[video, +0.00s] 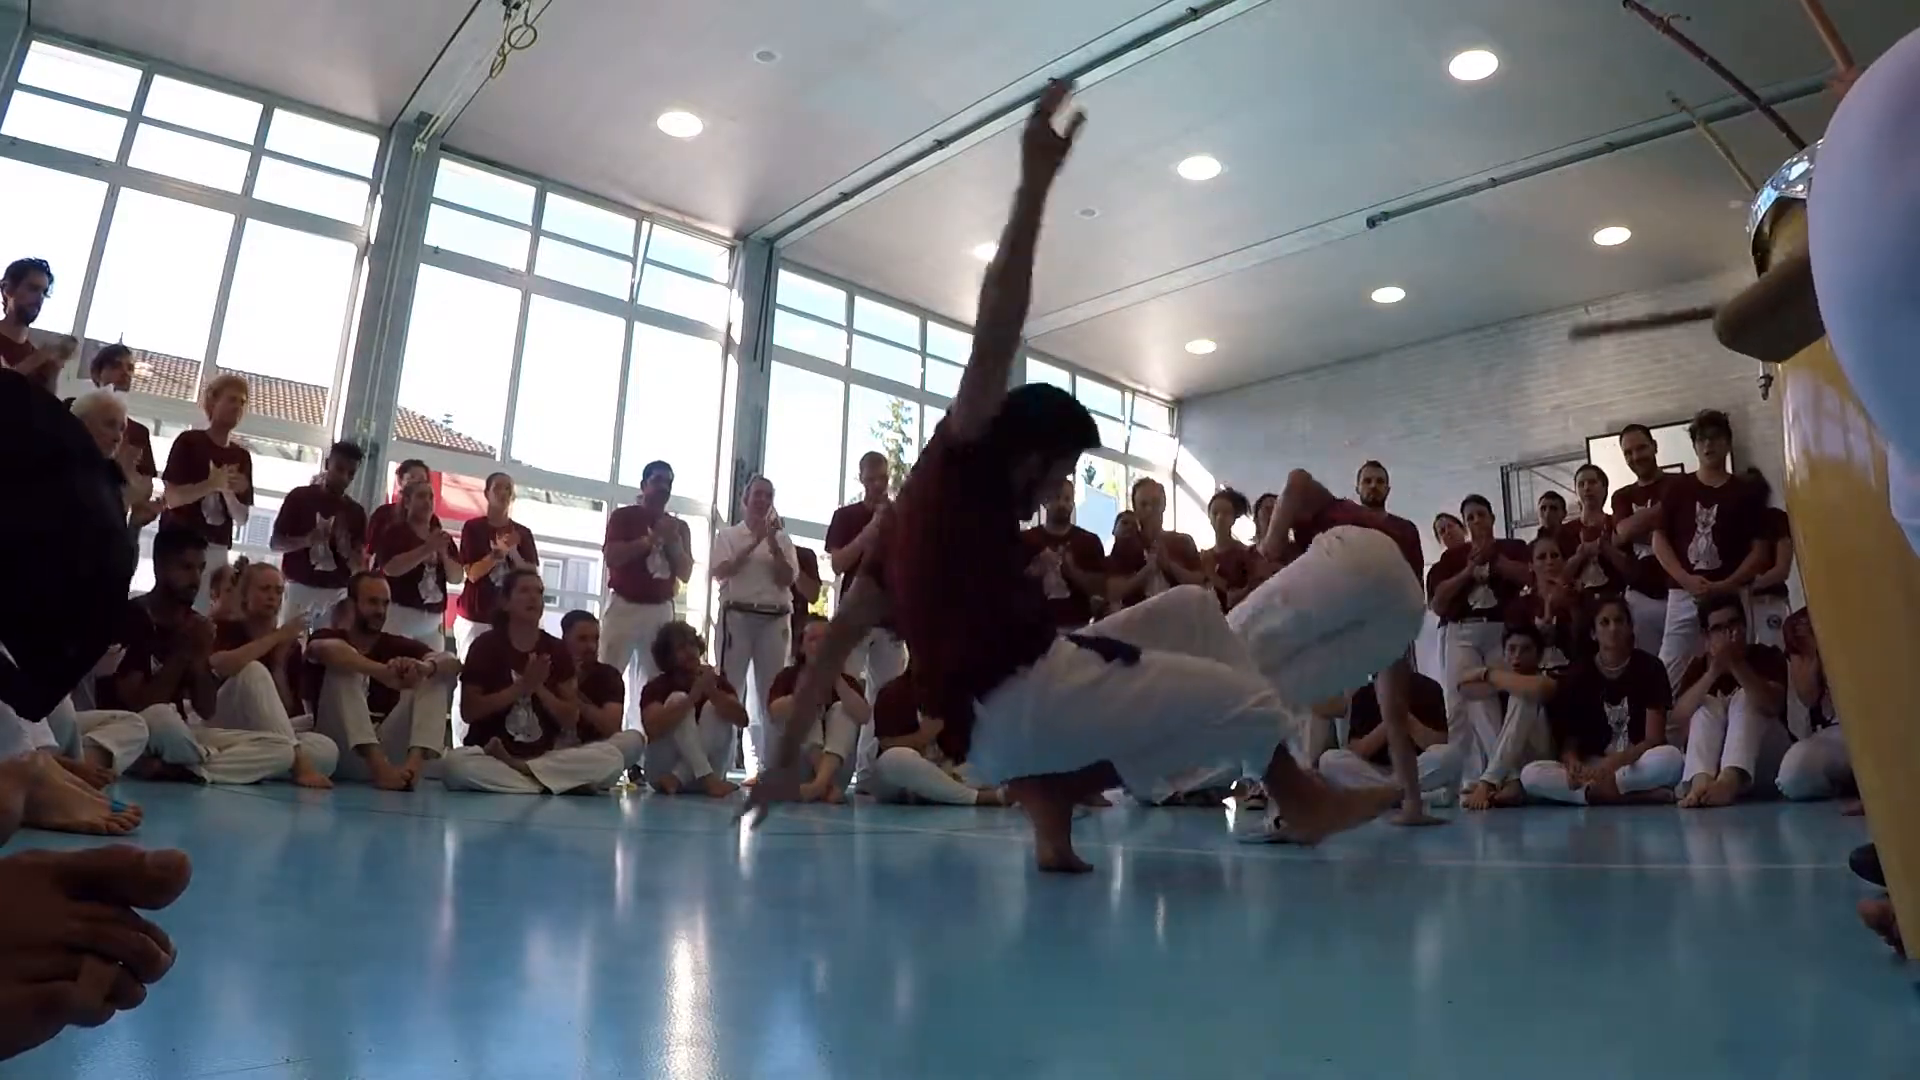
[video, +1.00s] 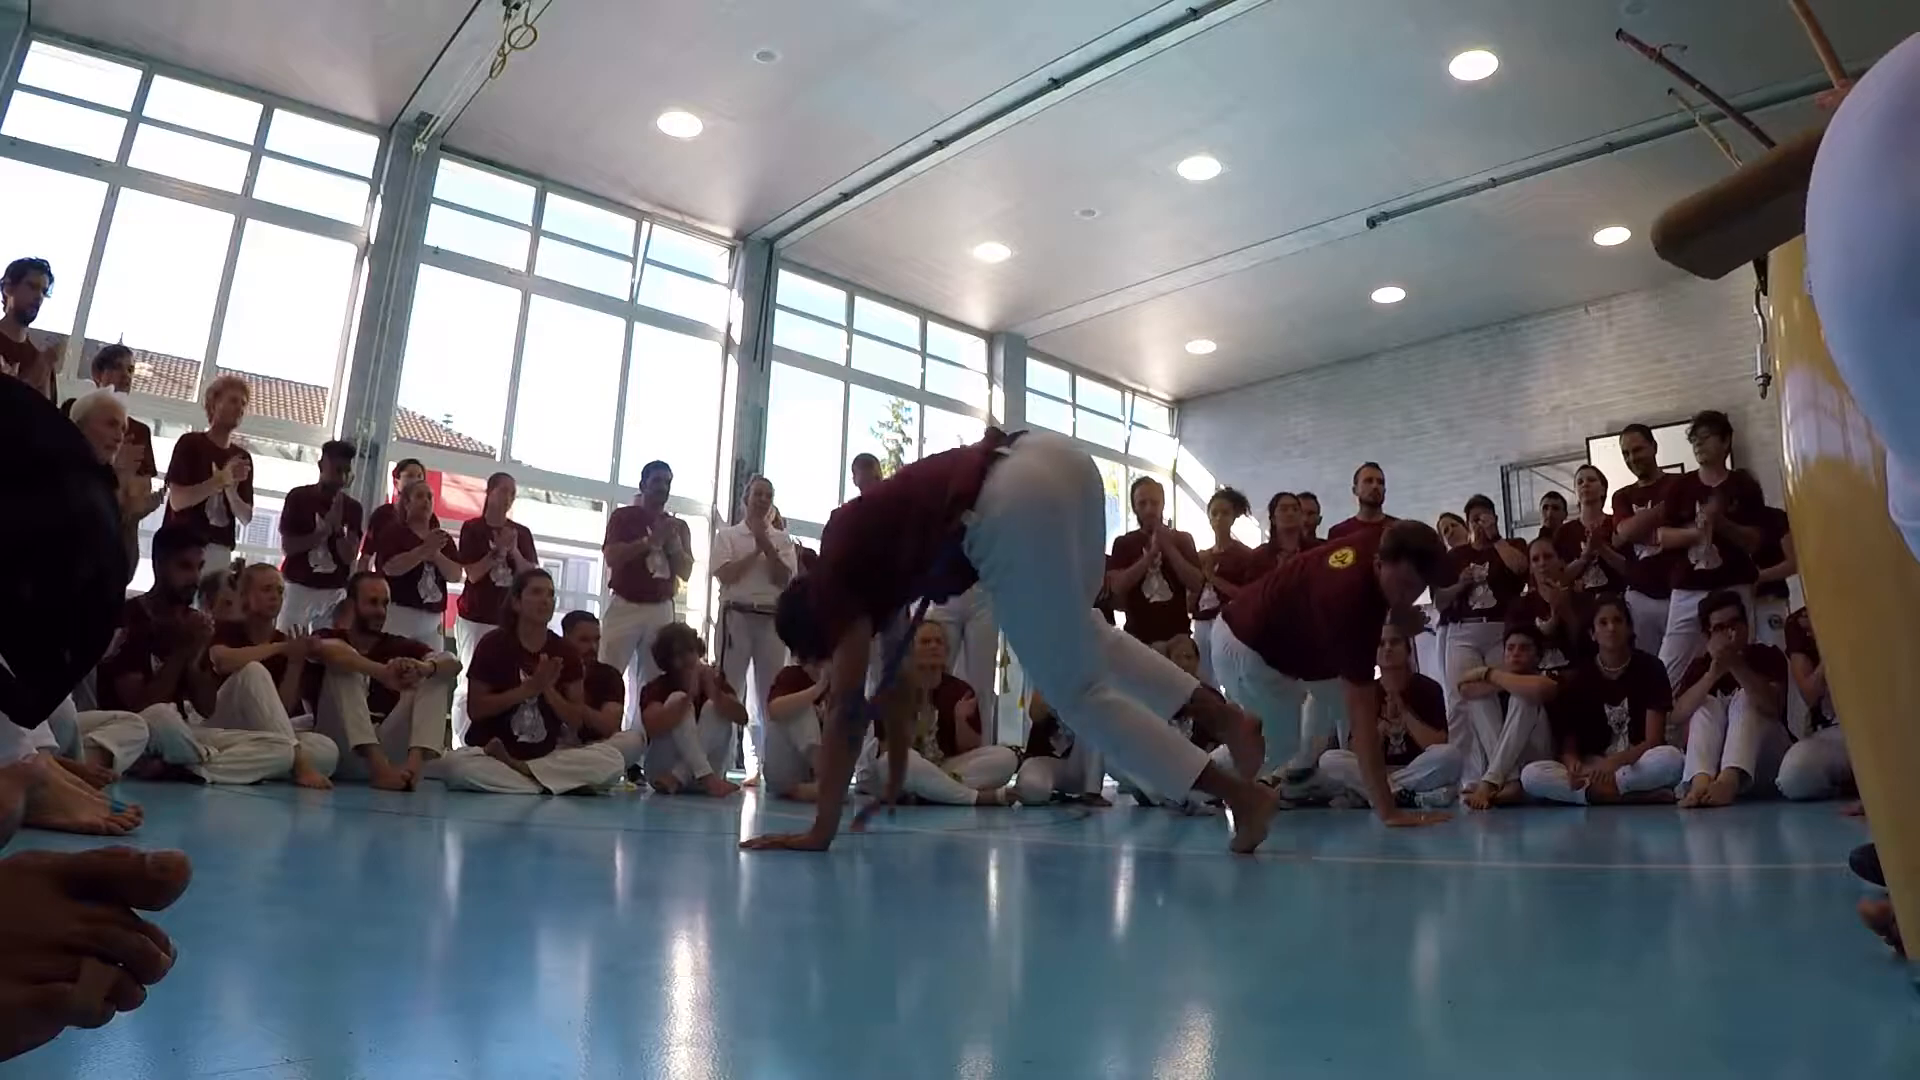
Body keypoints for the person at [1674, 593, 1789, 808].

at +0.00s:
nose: (1728, 634)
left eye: (1733, 625)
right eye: (1719, 629)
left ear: (1744, 626)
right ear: (1707, 636)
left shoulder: (1768, 656)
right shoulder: (1699, 665)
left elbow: (1774, 706)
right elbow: (1679, 716)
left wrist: (1736, 664)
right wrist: (1711, 673)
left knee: (1745, 696)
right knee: (1707, 705)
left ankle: (1730, 778)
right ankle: (1700, 781)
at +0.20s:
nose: (1727, 635)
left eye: (1733, 626)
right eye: (1719, 629)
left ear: (1745, 626)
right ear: (1708, 635)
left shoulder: (1768, 656)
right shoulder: (1700, 664)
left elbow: (1774, 706)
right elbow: (1680, 716)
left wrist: (1736, 664)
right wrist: (1710, 673)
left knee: (1746, 697)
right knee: (1707, 705)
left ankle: (1731, 777)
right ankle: (1700, 780)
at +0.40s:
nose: (1728, 634)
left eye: (1734, 625)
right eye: (1719, 629)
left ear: (1745, 626)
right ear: (1708, 636)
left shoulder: (1768, 656)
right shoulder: (1699, 665)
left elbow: (1774, 706)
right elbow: (1679, 716)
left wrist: (1736, 664)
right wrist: (1711, 674)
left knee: (1746, 697)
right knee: (1707, 704)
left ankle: (1731, 777)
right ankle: (1700, 780)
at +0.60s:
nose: (1729, 633)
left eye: (1735, 624)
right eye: (1720, 628)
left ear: (1745, 625)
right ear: (1708, 634)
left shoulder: (1769, 656)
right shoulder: (1700, 665)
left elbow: (1774, 706)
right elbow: (1680, 716)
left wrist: (1735, 664)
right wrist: (1711, 672)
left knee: (1746, 697)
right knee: (1707, 704)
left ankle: (1730, 778)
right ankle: (1700, 780)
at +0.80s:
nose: (1730, 633)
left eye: (1735, 624)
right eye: (1720, 628)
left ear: (1746, 625)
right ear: (1708, 634)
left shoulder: (1769, 655)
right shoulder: (1700, 665)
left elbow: (1774, 706)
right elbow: (1679, 716)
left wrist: (1736, 665)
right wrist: (1710, 673)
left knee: (1746, 697)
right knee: (1707, 704)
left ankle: (1731, 777)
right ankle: (1700, 780)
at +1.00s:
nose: (1729, 633)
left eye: (1735, 624)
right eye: (1720, 628)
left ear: (1746, 625)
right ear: (1708, 634)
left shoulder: (1769, 655)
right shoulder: (1700, 664)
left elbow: (1773, 707)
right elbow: (1677, 715)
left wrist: (1735, 663)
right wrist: (1712, 674)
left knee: (1745, 697)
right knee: (1707, 703)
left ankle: (1729, 779)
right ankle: (1700, 781)